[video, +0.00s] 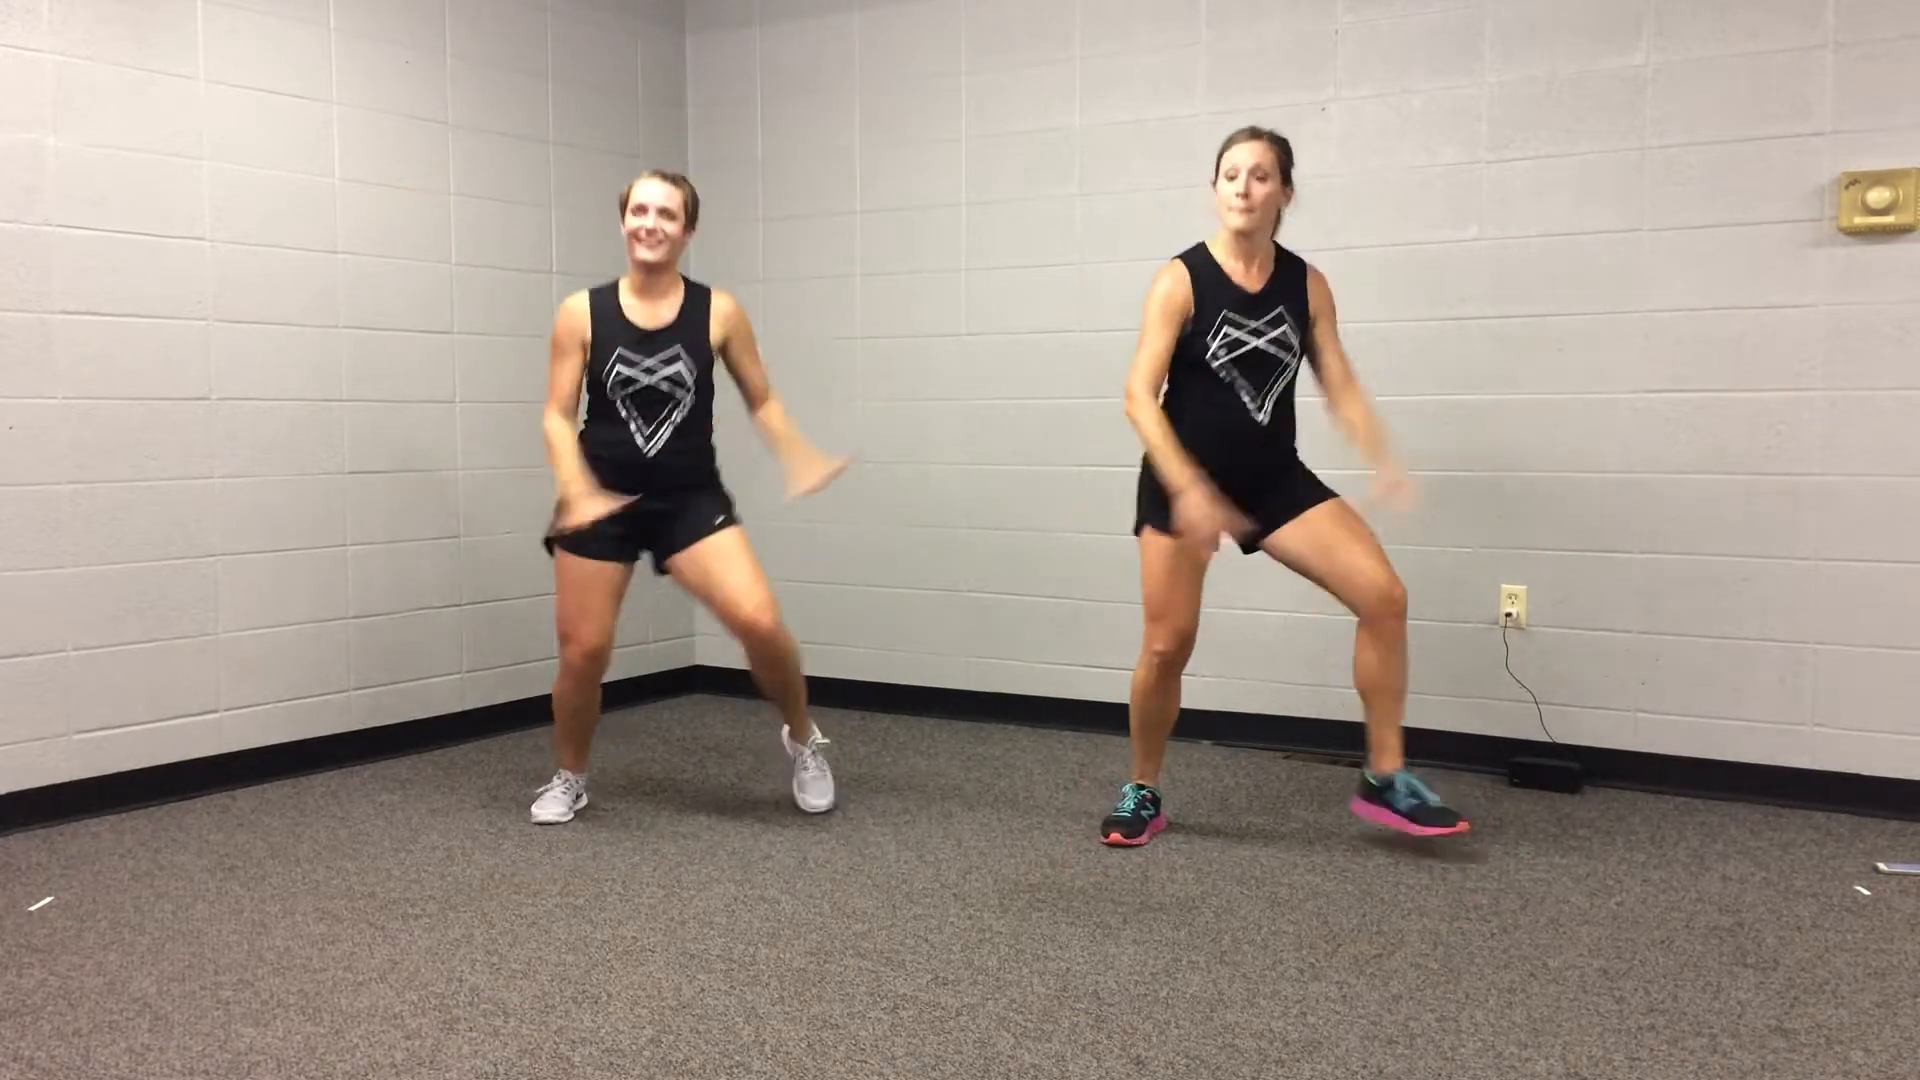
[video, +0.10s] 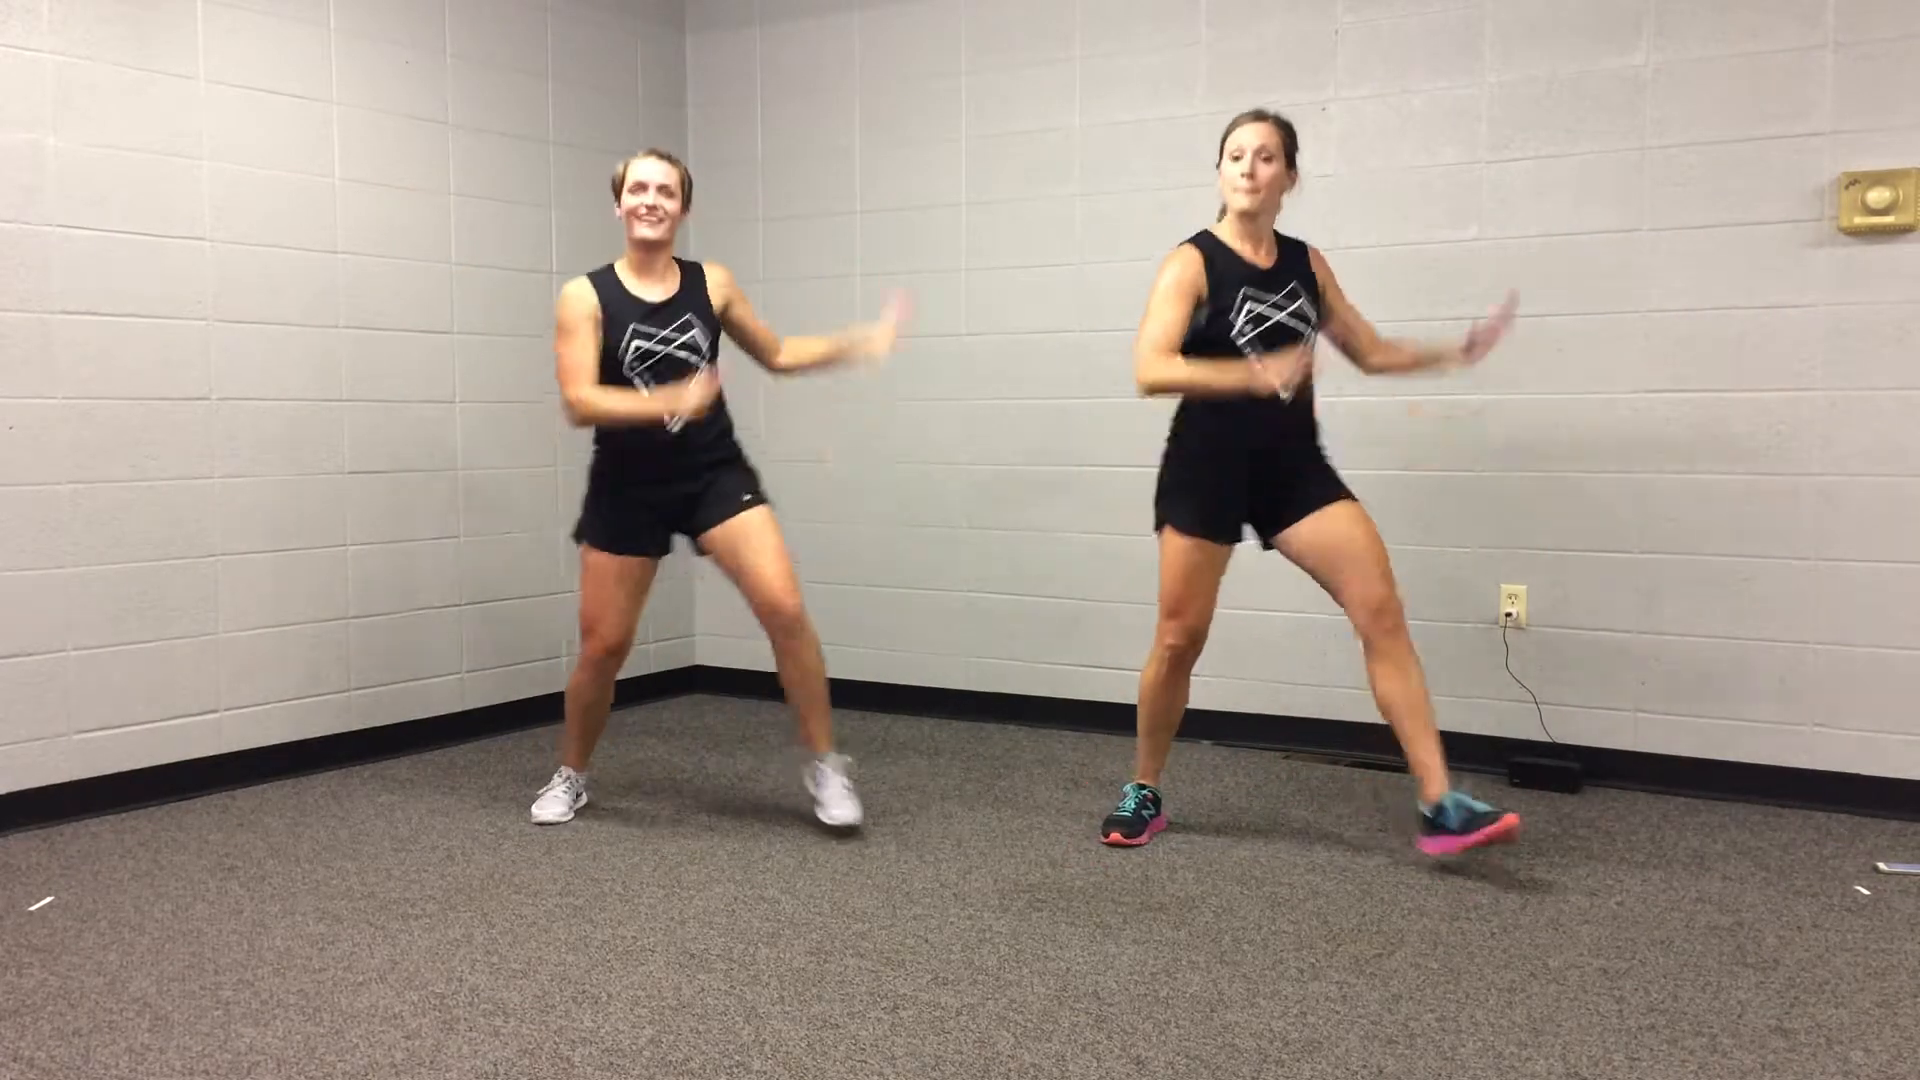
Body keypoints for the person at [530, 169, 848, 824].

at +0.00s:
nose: (650, 223)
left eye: (666, 215)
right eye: (640, 212)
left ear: (687, 231)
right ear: (623, 225)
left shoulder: (718, 313)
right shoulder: (582, 313)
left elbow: (762, 400)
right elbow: (558, 413)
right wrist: (575, 486)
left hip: (688, 499)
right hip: (599, 500)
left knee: (760, 623)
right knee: (581, 653)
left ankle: (804, 742)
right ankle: (570, 776)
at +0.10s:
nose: (649, 200)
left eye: (663, 192)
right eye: (637, 189)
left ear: (683, 210)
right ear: (618, 203)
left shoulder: (712, 285)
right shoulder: (584, 297)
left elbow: (777, 353)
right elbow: (580, 400)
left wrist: (859, 343)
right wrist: (671, 400)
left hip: (713, 475)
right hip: (627, 486)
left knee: (784, 606)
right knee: (601, 645)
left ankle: (825, 763)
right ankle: (570, 773)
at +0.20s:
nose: (662, 203)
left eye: (674, 195)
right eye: (648, 194)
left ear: (691, 216)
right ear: (625, 213)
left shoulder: (710, 288)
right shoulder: (597, 300)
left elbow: (786, 341)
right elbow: (628, 392)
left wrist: (834, 266)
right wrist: (689, 305)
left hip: (745, 475)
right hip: (662, 490)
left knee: (802, 623)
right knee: (622, 654)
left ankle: (845, 792)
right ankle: (571, 776)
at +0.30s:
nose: (676, 223)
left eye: (688, 216)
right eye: (662, 215)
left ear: (705, 241)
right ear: (638, 238)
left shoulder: (725, 309)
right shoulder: (615, 328)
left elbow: (802, 375)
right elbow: (652, 425)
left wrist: (824, 289)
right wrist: (702, 332)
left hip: (777, 494)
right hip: (693, 515)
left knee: (827, 637)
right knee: (644, 675)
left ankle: (848, 798)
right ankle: (581, 776)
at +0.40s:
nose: (690, 223)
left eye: (703, 215)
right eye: (677, 217)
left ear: (724, 240)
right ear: (657, 243)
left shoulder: (760, 320)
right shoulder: (633, 337)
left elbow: (816, 413)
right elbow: (634, 447)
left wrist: (885, 399)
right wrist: (720, 462)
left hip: (790, 496)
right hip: (704, 514)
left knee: (835, 646)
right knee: (641, 675)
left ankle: (848, 800)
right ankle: (579, 771)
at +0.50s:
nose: (705, 200)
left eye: (719, 192)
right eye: (692, 195)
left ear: (745, 218)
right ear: (677, 224)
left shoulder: (786, 302)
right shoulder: (649, 314)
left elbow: (828, 396)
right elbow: (619, 412)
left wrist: (823, 439)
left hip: (785, 497)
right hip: (693, 504)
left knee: (822, 642)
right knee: (608, 647)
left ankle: (849, 799)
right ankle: (561, 754)